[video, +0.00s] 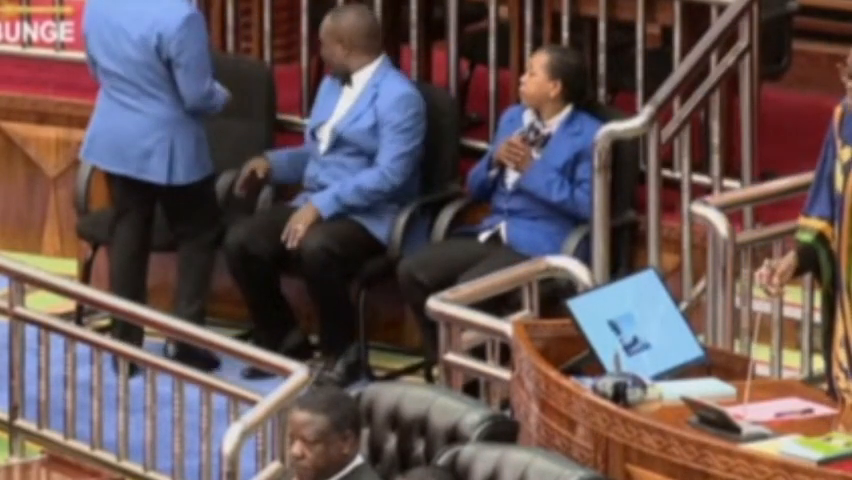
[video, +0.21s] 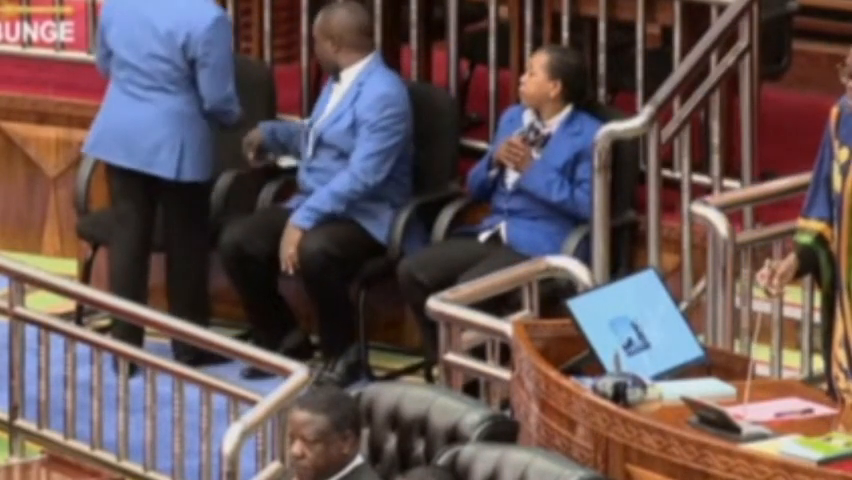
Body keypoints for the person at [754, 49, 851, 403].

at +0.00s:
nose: (846, 75)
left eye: (847, 69)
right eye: (845, 68)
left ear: (845, 74)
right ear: (842, 72)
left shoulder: (841, 119)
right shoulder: (842, 119)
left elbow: (824, 201)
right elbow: (826, 200)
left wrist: (797, 259)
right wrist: (797, 259)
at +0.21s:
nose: (845, 71)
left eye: (847, 66)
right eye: (844, 66)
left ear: (846, 73)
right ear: (841, 71)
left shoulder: (839, 117)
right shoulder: (840, 116)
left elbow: (822, 197)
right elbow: (824, 197)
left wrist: (796, 260)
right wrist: (796, 259)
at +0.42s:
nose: (844, 72)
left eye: (847, 66)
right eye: (843, 65)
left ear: (847, 72)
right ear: (839, 71)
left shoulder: (838, 116)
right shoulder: (839, 115)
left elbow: (821, 196)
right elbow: (823, 195)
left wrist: (798, 258)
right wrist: (798, 257)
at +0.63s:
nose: (844, 75)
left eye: (848, 68)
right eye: (843, 67)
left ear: (850, 73)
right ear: (838, 71)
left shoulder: (839, 117)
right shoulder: (838, 116)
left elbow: (820, 196)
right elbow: (822, 196)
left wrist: (797, 260)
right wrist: (797, 259)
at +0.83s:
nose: (843, 73)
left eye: (848, 67)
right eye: (843, 66)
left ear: (851, 72)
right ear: (839, 69)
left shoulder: (839, 117)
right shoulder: (838, 115)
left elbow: (820, 196)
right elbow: (822, 195)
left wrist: (797, 260)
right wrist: (797, 259)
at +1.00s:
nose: (843, 72)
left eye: (847, 65)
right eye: (843, 65)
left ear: (850, 70)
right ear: (839, 69)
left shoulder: (839, 117)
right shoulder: (839, 116)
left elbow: (821, 198)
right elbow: (822, 197)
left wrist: (797, 261)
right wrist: (797, 261)